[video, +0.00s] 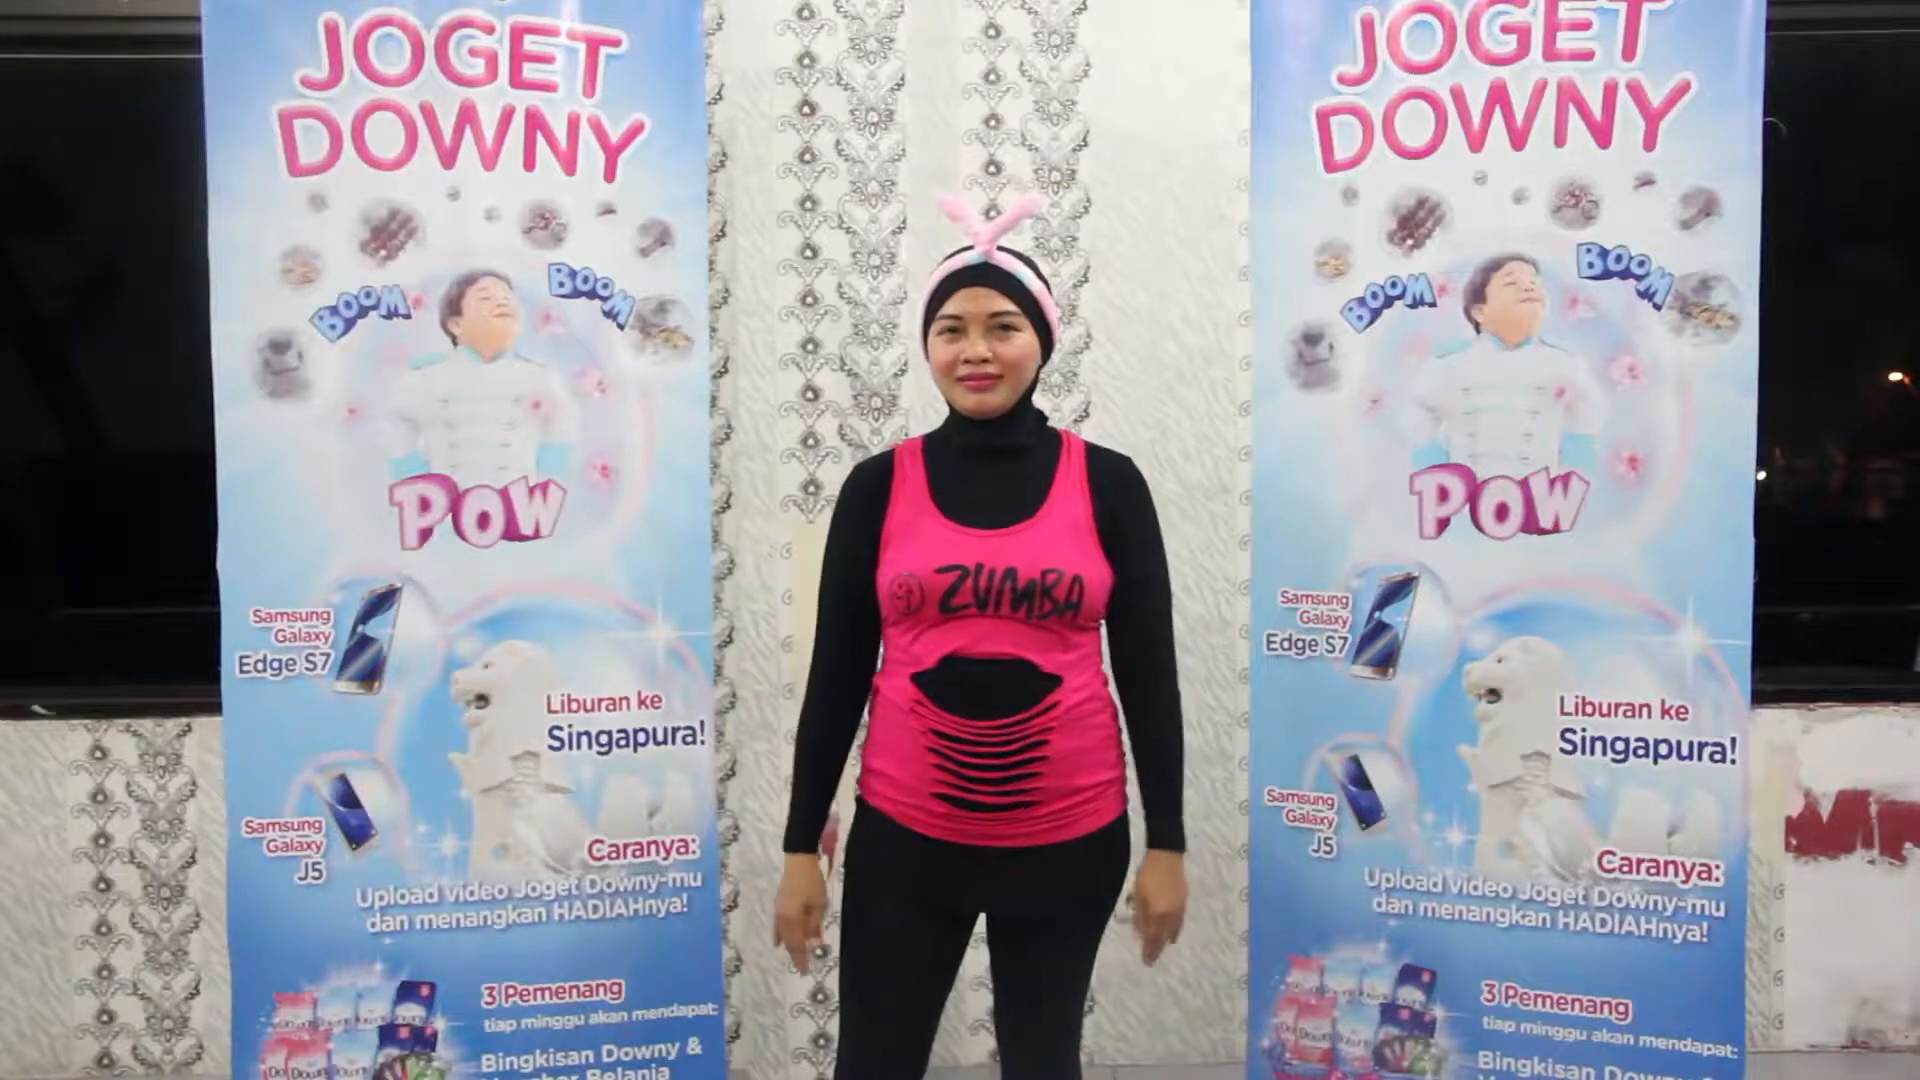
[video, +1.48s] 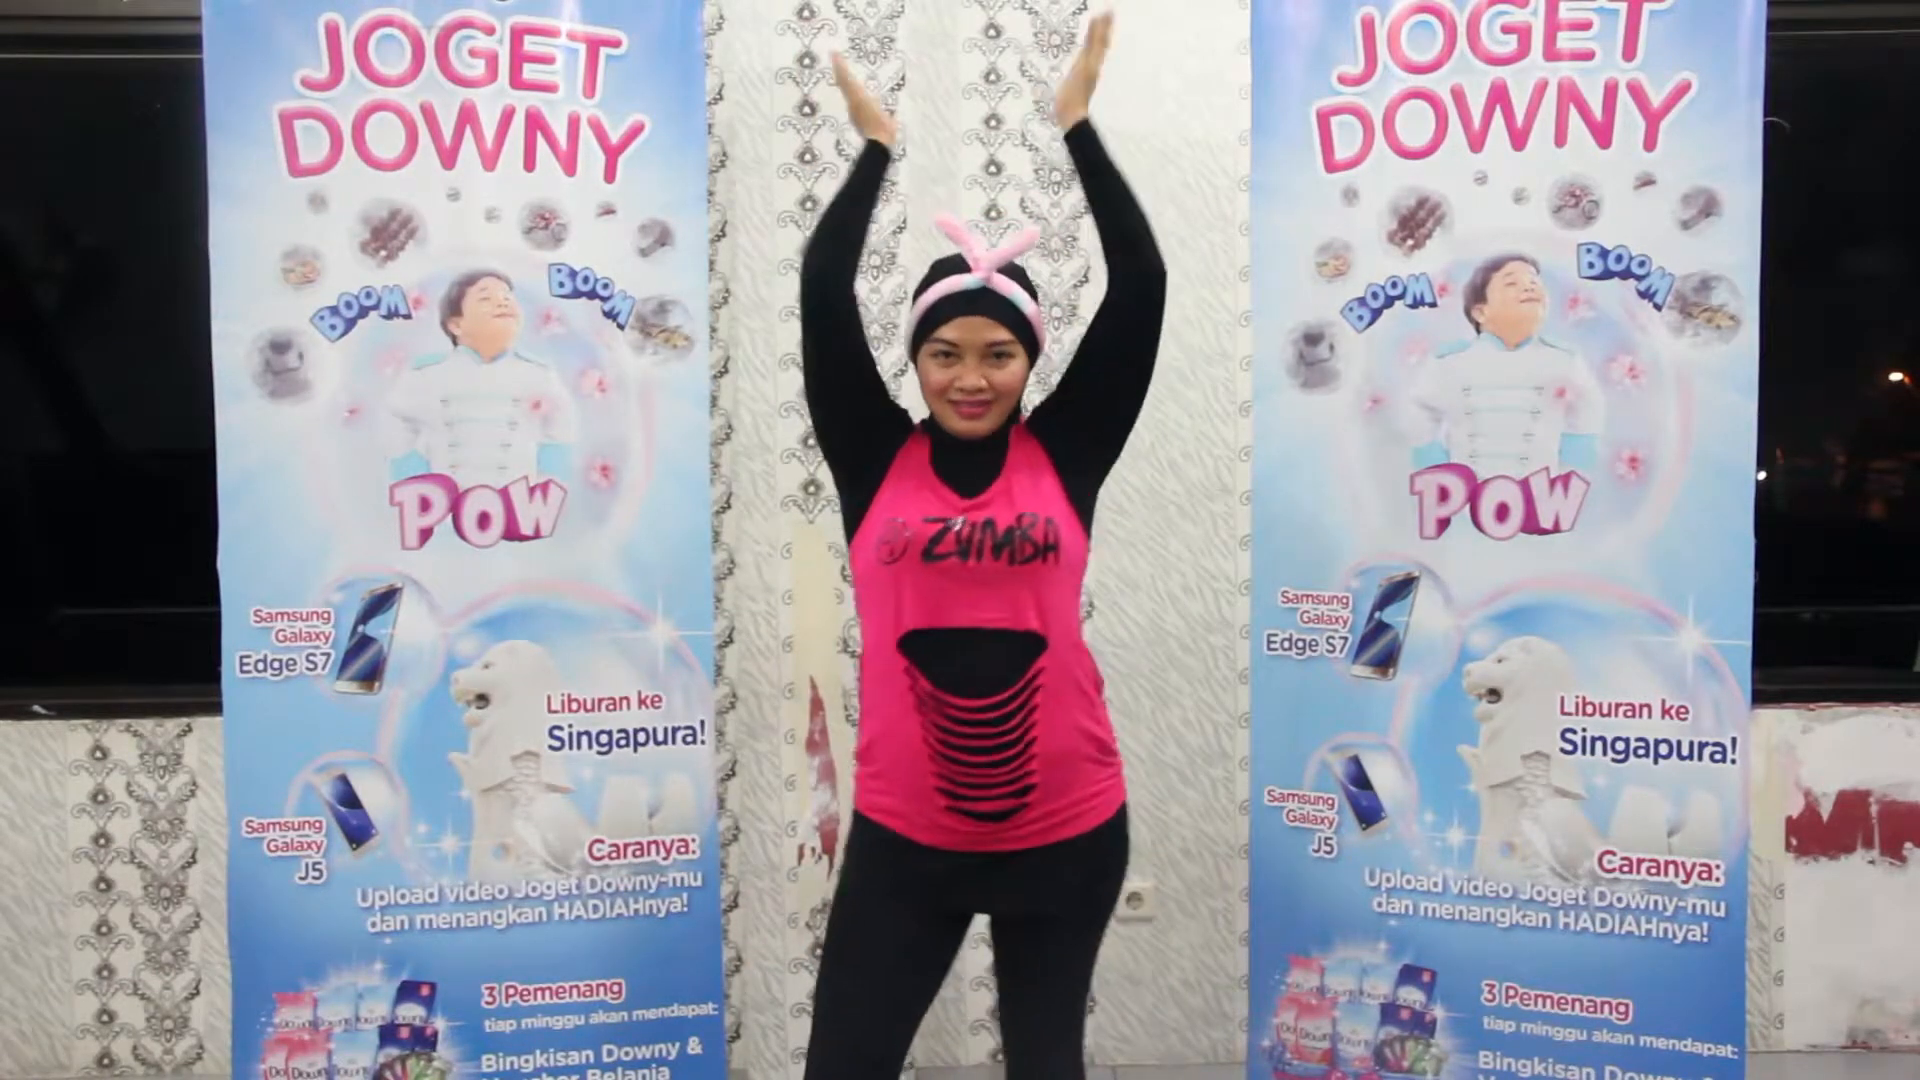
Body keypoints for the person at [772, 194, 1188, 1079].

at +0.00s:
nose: (977, 349)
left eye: (1004, 327)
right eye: (953, 329)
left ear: (1043, 347)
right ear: (928, 351)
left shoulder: (1106, 484)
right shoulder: (878, 489)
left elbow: (1147, 668)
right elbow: (839, 672)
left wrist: (1166, 842)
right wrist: (801, 847)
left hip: (1065, 835)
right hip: (908, 833)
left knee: (1043, 1061)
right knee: (874, 1062)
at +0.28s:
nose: (982, 349)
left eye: (1009, 327)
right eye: (958, 329)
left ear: (1047, 347)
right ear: (932, 351)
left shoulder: (1104, 480)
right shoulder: (883, 484)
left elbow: (1158, 646)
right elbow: (836, 656)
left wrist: (1205, 811)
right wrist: (775, 817)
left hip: (1067, 829)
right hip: (908, 827)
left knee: (1042, 1057)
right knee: (875, 1060)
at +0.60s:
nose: (989, 360)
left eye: (1014, 339)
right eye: (965, 339)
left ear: (1048, 355)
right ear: (936, 356)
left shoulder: (1099, 457)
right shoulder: (884, 467)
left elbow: (1244, 378)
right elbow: (738, 431)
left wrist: (1264, 229)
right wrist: (703, 270)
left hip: (1070, 837)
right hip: (916, 833)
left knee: (1048, 1063)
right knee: (874, 1064)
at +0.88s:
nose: (993, 374)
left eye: (1017, 353)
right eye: (969, 351)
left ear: (1049, 366)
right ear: (935, 361)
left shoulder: (1079, 462)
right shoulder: (881, 463)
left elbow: (1175, 306)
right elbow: (786, 319)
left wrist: (1126, 142)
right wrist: (824, 156)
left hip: (1073, 840)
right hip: (917, 840)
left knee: (1054, 1061)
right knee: (872, 1064)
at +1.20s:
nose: (971, 369)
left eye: (996, 349)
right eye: (949, 348)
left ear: (1029, 362)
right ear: (916, 360)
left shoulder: (1063, 455)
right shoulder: (879, 459)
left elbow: (1119, 269)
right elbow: (846, 284)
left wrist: (1007, 147)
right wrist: (955, 155)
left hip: (1056, 833)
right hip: (902, 830)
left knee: (1037, 1062)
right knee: (858, 1064)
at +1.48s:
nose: (971, 375)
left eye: (996, 354)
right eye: (947, 354)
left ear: (1029, 369)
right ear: (915, 369)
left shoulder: (1063, 459)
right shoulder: (875, 459)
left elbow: (1140, 286)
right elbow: (824, 293)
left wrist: (1076, 127)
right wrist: (874, 146)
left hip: (1061, 836)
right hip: (905, 836)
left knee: (1047, 1061)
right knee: (842, 1062)